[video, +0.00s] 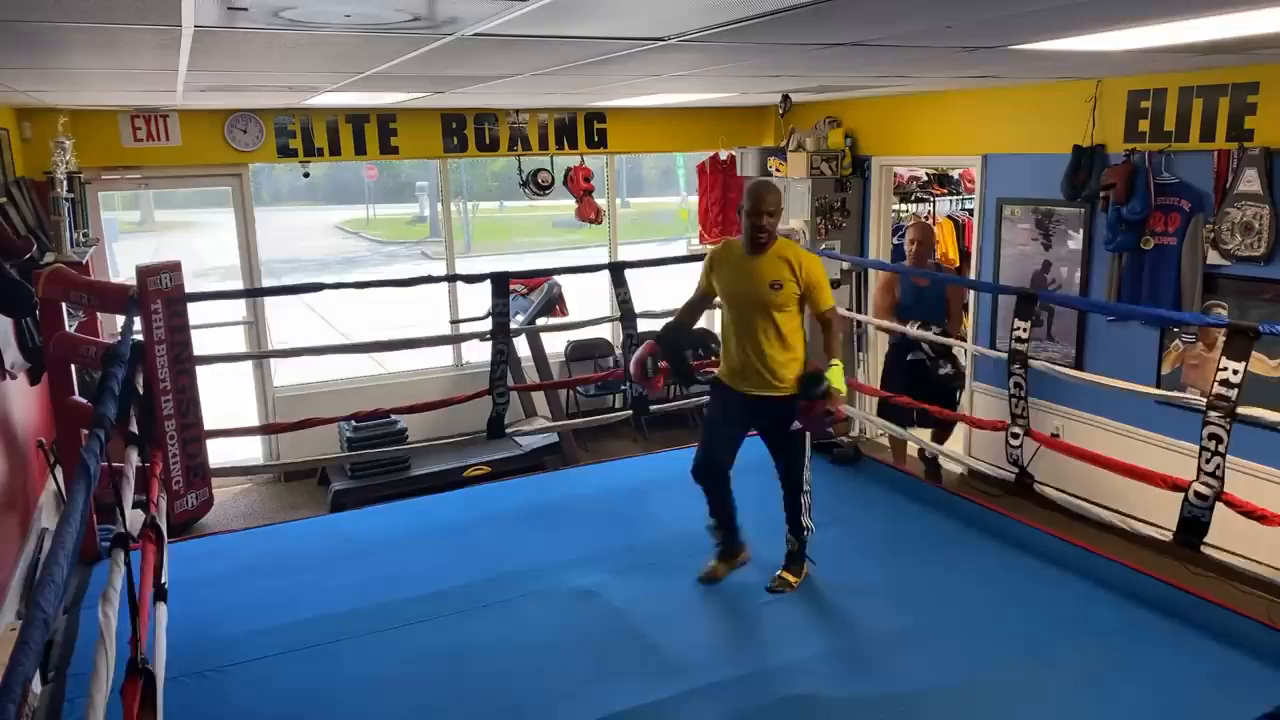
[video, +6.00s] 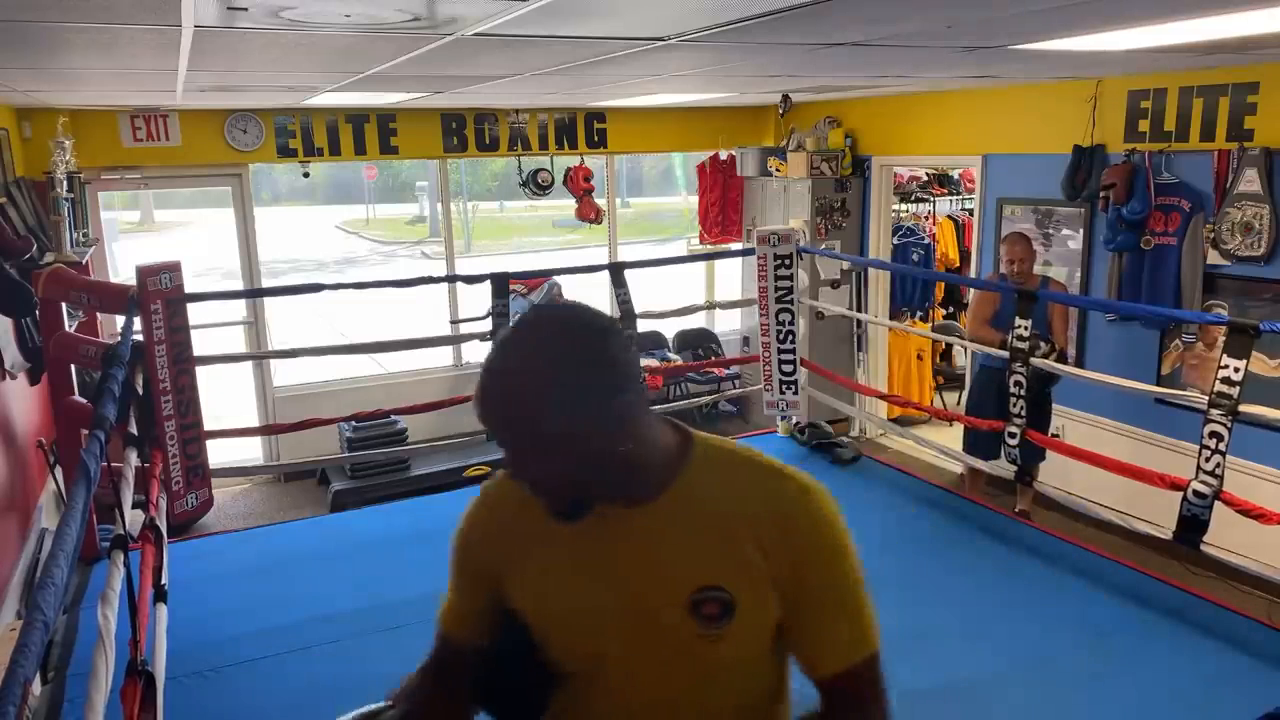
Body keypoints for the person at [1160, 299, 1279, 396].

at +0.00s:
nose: (1217, 327)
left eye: (1222, 323)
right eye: (1213, 322)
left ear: (1225, 327)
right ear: (1201, 325)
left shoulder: (1232, 350)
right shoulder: (1189, 348)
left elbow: (1271, 368)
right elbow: (1163, 369)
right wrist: (1178, 345)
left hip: (1217, 408)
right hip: (1186, 404)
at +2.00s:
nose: (1219, 326)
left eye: (1223, 322)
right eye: (1214, 320)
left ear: (1225, 326)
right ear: (1201, 324)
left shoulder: (1232, 350)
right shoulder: (1189, 348)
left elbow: (1271, 367)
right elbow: (1163, 369)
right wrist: (1178, 346)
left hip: (1218, 406)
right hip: (1189, 403)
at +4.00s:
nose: (1219, 326)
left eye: (1222, 322)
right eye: (1214, 320)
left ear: (1225, 327)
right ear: (1201, 324)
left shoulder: (1233, 350)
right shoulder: (1189, 348)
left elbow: (1271, 368)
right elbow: (1163, 369)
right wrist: (1179, 346)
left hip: (1218, 407)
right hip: (1188, 404)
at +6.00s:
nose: (1220, 327)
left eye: (1223, 323)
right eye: (1214, 321)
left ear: (1226, 328)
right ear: (1201, 326)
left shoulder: (1231, 350)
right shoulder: (1189, 349)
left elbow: (1271, 368)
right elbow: (1162, 370)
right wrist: (1178, 347)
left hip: (1218, 406)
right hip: (1189, 402)